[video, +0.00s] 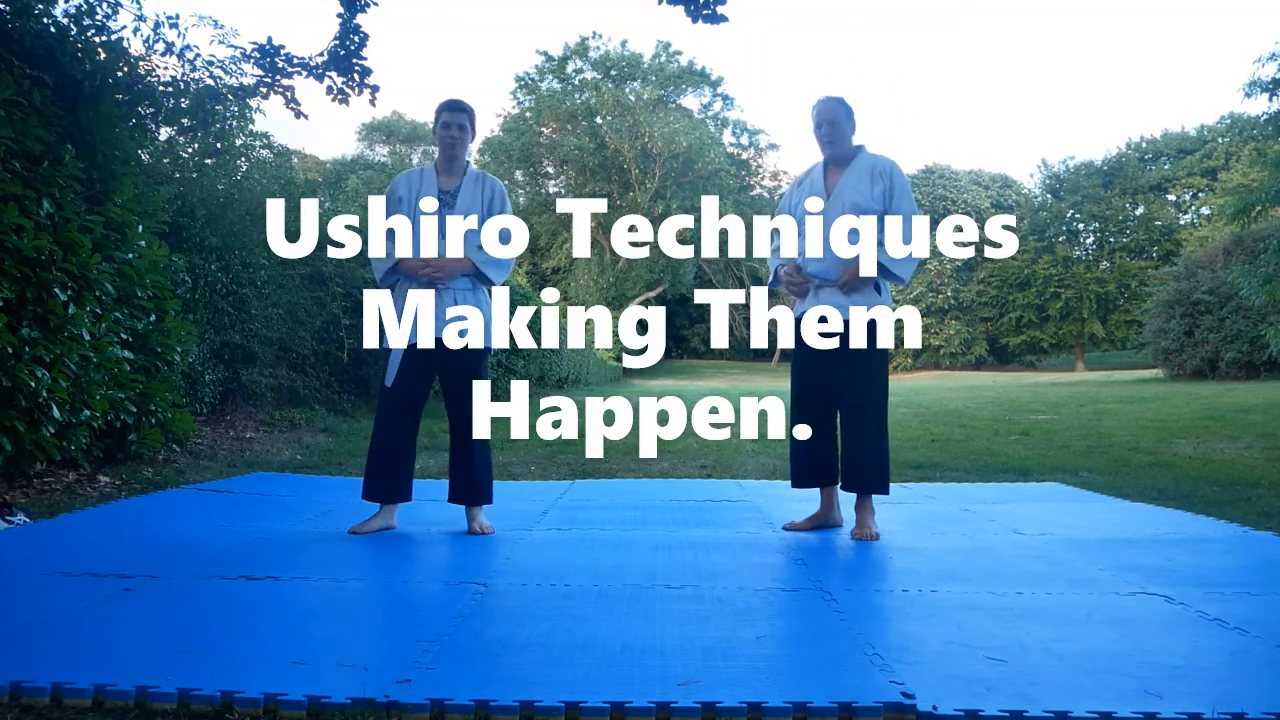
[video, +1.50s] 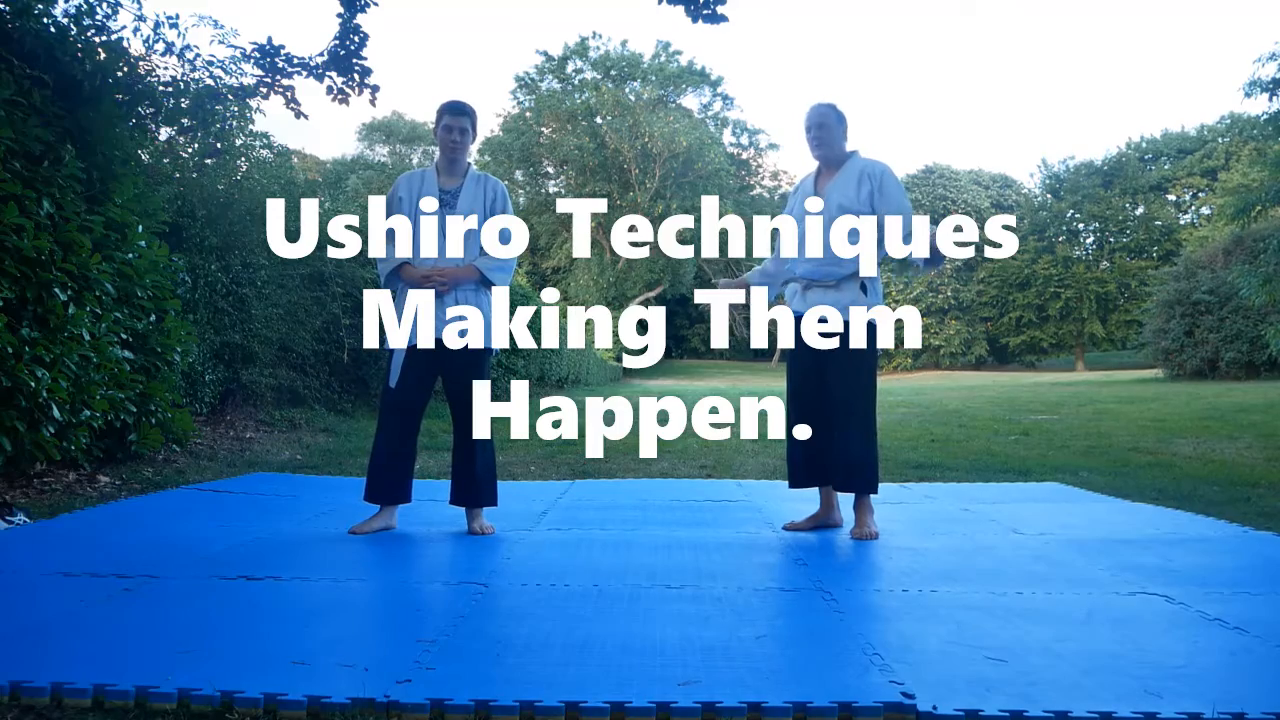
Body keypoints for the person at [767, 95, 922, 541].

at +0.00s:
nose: (825, 131)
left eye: (832, 123)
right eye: (819, 125)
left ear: (853, 126)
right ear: (811, 132)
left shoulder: (883, 171)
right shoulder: (798, 187)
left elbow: (907, 238)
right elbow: (779, 244)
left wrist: (864, 266)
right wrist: (784, 270)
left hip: (863, 310)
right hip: (811, 309)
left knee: (862, 408)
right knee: (813, 408)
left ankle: (864, 509)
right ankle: (828, 506)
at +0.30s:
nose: (822, 133)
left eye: (830, 125)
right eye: (816, 127)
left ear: (849, 127)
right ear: (808, 134)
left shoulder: (880, 172)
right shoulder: (798, 187)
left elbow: (902, 238)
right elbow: (779, 244)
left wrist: (860, 268)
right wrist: (787, 272)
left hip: (861, 311)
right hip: (809, 310)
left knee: (860, 408)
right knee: (811, 408)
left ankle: (864, 510)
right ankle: (828, 507)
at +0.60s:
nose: (818, 135)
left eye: (825, 127)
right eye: (812, 129)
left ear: (846, 129)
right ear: (806, 136)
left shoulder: (877, 173)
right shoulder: (798, 188)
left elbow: (899, 237)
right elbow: (781, 245)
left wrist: (856, 269)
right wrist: (786, 274)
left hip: (860, 310)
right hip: (809, 309)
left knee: (858, 407)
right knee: (812, 407)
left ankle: (864, 511)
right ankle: (828, 507)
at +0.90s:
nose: (817, 136)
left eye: (825, 128)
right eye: (812, 130)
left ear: (846, 130)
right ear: (806, 136)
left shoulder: (875, 174)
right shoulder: (799, 189)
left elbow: (900, 236)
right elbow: (790, 249)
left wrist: (857, 268)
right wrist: (785, 275)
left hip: (857, 311)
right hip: (808, 310)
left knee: (857, 409)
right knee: (812, 408)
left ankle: (864, 510)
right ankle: (828, 507)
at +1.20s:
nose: (819, 136)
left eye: (826, 128)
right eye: (812, 131)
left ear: (847, 130)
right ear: (807, 138)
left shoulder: (875, 175)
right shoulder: (801, 190)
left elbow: (899, 231)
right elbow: (781, 251)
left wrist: (903, 276)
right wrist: (772, 297)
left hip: (857, 308)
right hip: (807, 309)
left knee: (855, 407)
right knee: (812, 408)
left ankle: (864, 511)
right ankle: (827, 507)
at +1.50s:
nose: (814, 136)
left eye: (822, 128)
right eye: (809, 130)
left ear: (844, 131)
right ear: (805, 137)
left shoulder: (873, 174)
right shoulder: (800, 190)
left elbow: (905, 238)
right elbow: (783, 257)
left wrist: (928, 252)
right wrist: (745, 283)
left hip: (854, 309)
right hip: (806, 311)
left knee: (854, 408)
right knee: (812, 408)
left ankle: (864, 509)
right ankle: (827, 507)